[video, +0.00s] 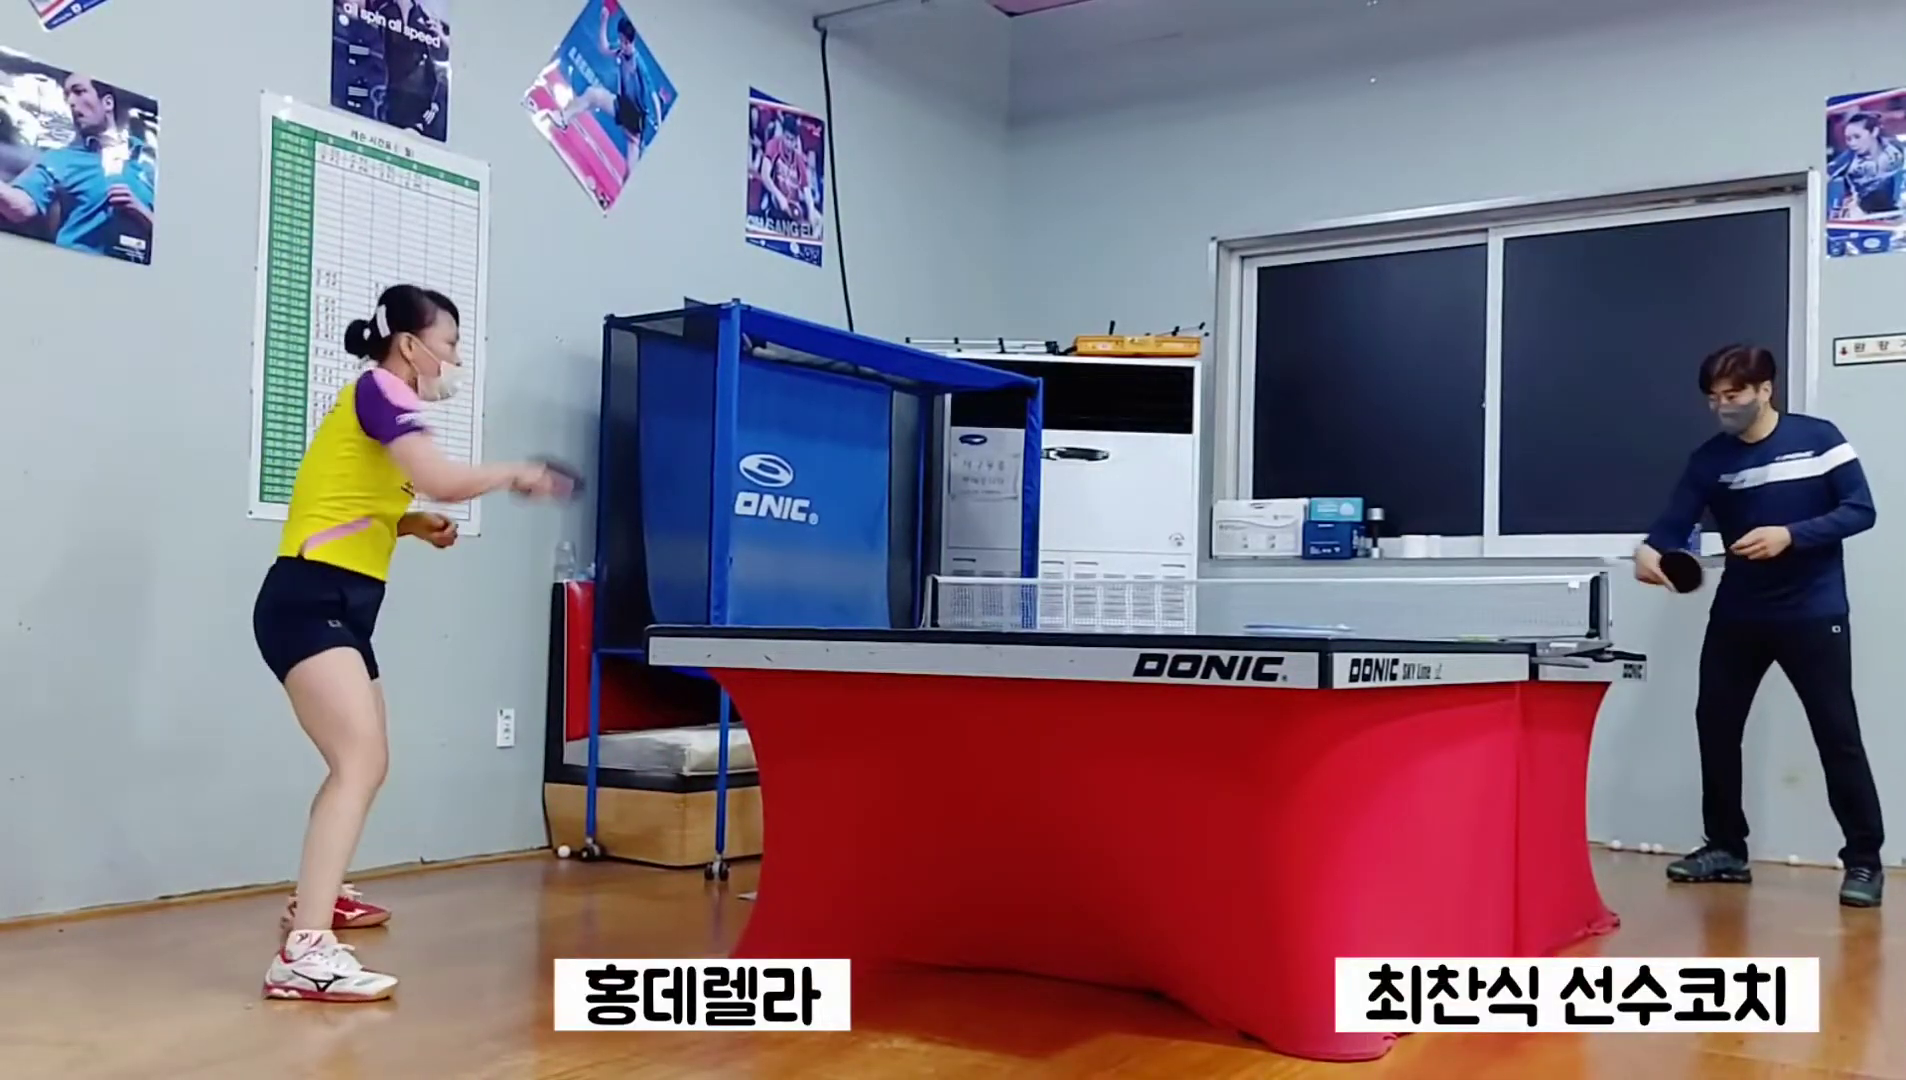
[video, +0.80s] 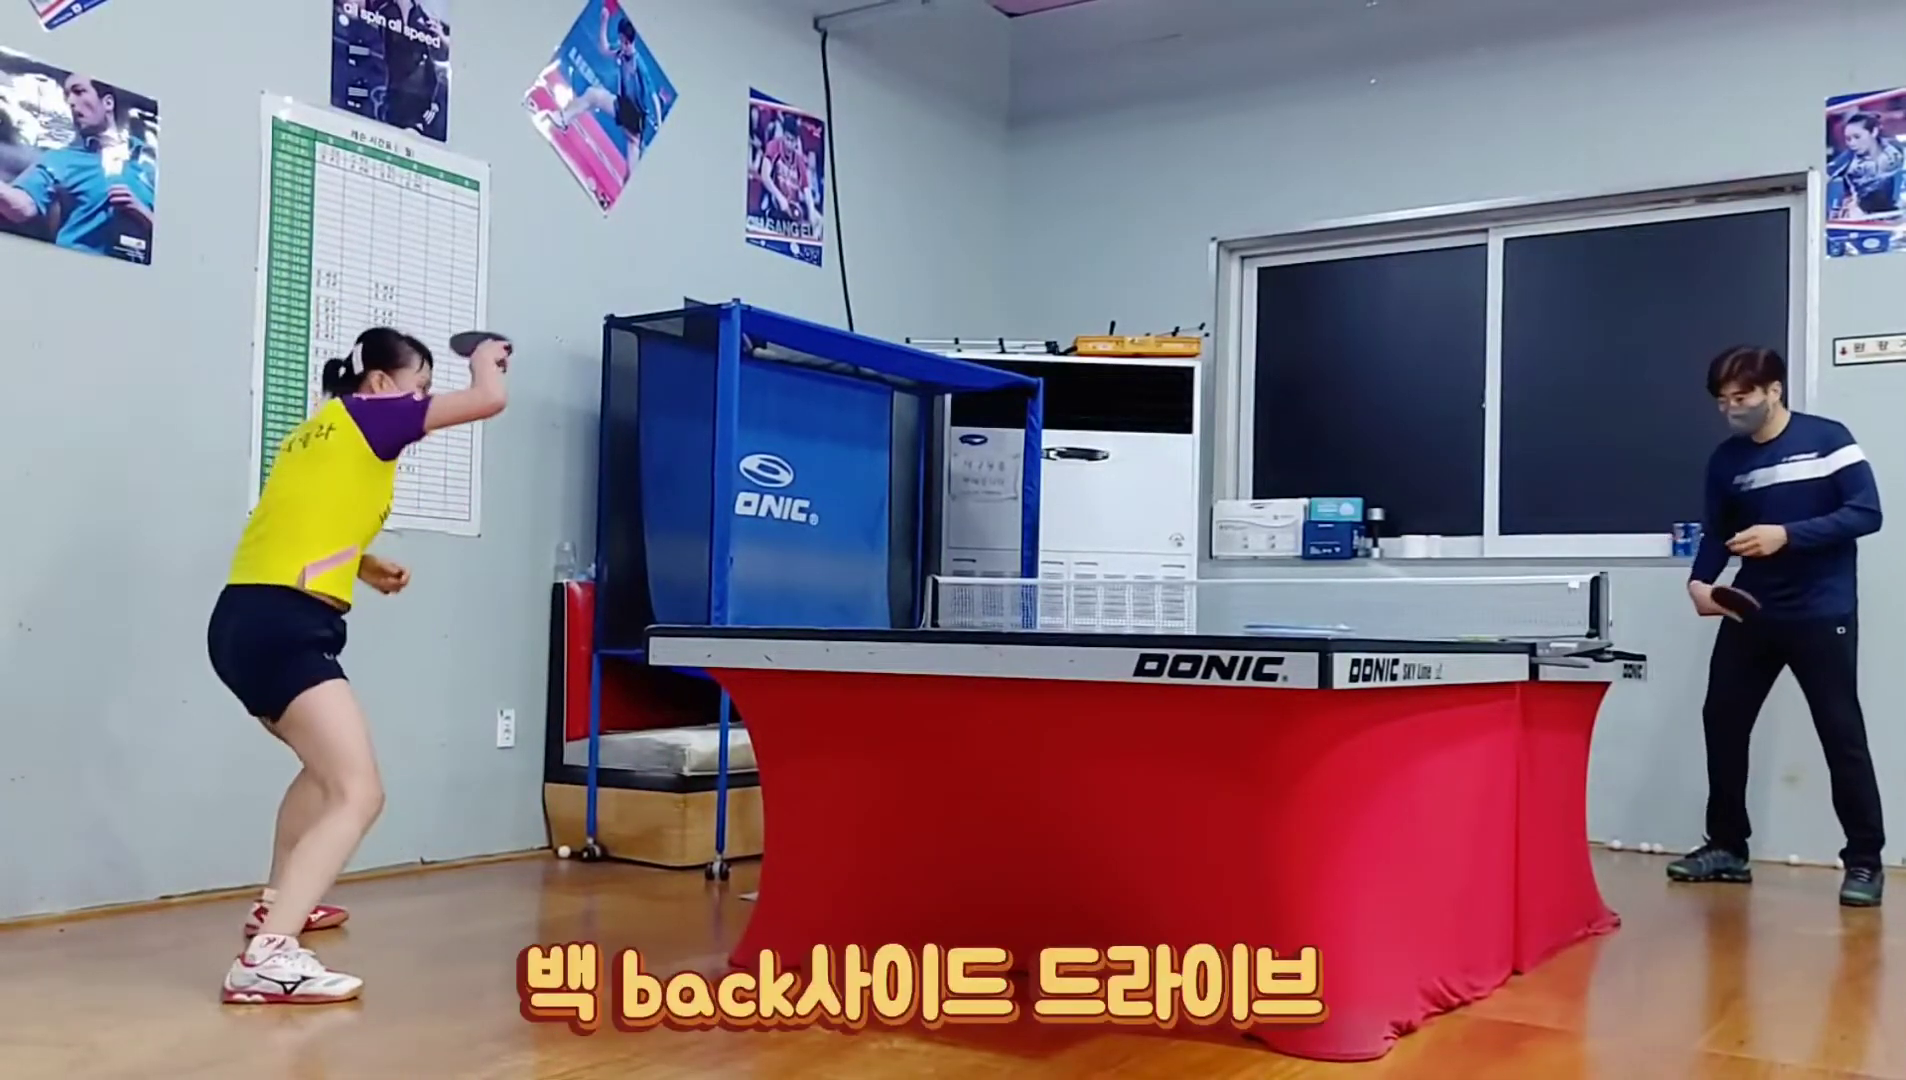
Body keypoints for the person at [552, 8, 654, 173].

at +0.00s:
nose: (622, 43)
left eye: (624, 40)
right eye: (621, 39)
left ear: (629, 41)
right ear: (620, 38)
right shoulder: (621, 53)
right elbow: (604, 50)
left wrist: (629, 54)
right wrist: (603, 23)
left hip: (628, 108)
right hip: (636, 115)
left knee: (593, 94)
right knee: (632, 161)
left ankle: (563, 117)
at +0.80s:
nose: (621, 42)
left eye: (624, 40)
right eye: (621, 39)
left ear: (628, 41)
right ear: (620, 38)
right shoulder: (622, 53)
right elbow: (604, 51)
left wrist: (629, 53)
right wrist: (604, 23)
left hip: (629, 109)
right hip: (636, 114)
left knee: (593, 95)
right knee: (633, 149)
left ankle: (563, 118)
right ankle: (631, 185)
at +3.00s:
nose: (621, 42)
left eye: (624, 40)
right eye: (621, 39)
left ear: (628, 40)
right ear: (619, 38)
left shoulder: (631, 57)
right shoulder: (621, 53)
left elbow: (630, 55)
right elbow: (604, 50)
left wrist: (628, 50)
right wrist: (604, 22)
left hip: (628, 107)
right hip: (636, 114)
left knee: (592, 94)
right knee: (633, 144)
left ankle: (562, 118)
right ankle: (629, 179)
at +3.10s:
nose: (622, 43)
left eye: (624, 40)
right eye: (621, 39)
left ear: (628, 41)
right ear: (620, 38)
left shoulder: (631, 57)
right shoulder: (620, 53)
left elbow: (631, 56)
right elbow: (604, 50)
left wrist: (628, 50)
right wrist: (604, 22)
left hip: (628, 108)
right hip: (637, 114)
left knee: (593, 94)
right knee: (633, 145)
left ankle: (563, 118)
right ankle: (629, 180)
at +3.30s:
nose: (621, 43)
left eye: (624, 40)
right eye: (621, 39)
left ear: (628, 41)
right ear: (621, 39)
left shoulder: (631, 56)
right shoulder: (621, 54)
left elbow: (631, 56)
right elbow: (604, 49)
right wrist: (604, 23)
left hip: (628, 109)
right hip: (637, 116)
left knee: (593, 94)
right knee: (633, 145)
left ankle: (563, 118)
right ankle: (631, 184)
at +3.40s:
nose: (621, 41)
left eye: (623, 39)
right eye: (621, 38)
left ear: (627, 39)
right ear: (621, 37)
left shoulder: (630, 55)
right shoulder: (623, 52)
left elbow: (630, 56)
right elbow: (604, 50)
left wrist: (628, 51)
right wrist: (604, 22)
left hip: (627, 108)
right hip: (638, 114)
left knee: (592, 94)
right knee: (633, 144)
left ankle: (562, 117)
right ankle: (628, 180)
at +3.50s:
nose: (622, 41)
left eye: (624, 39)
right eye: (621, 38)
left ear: (627, 39)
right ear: (621, 38)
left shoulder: (630, 55)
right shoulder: (621, 53)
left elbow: (631, 54)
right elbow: (604, 49)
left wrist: (628, 49)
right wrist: (604, 22)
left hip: (628, 107)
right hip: (637, 114)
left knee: (592, 94)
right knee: (633, 143)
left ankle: (563, 117)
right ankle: (630, 176)